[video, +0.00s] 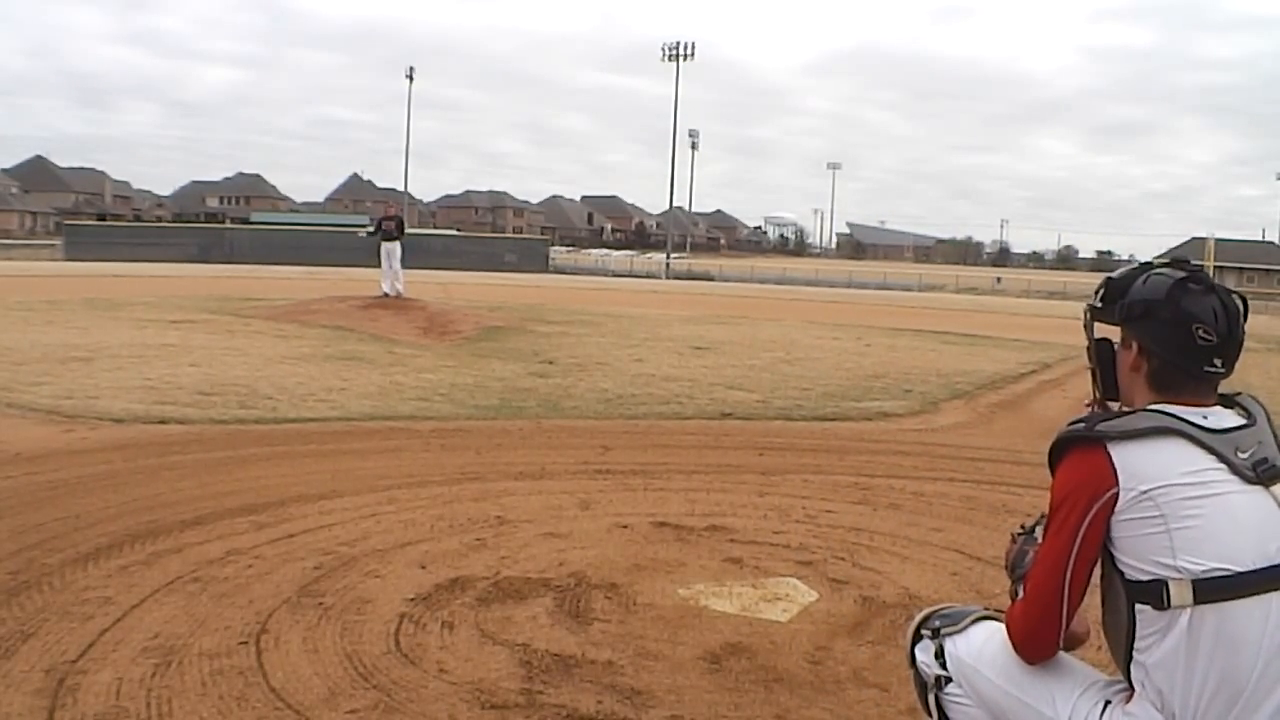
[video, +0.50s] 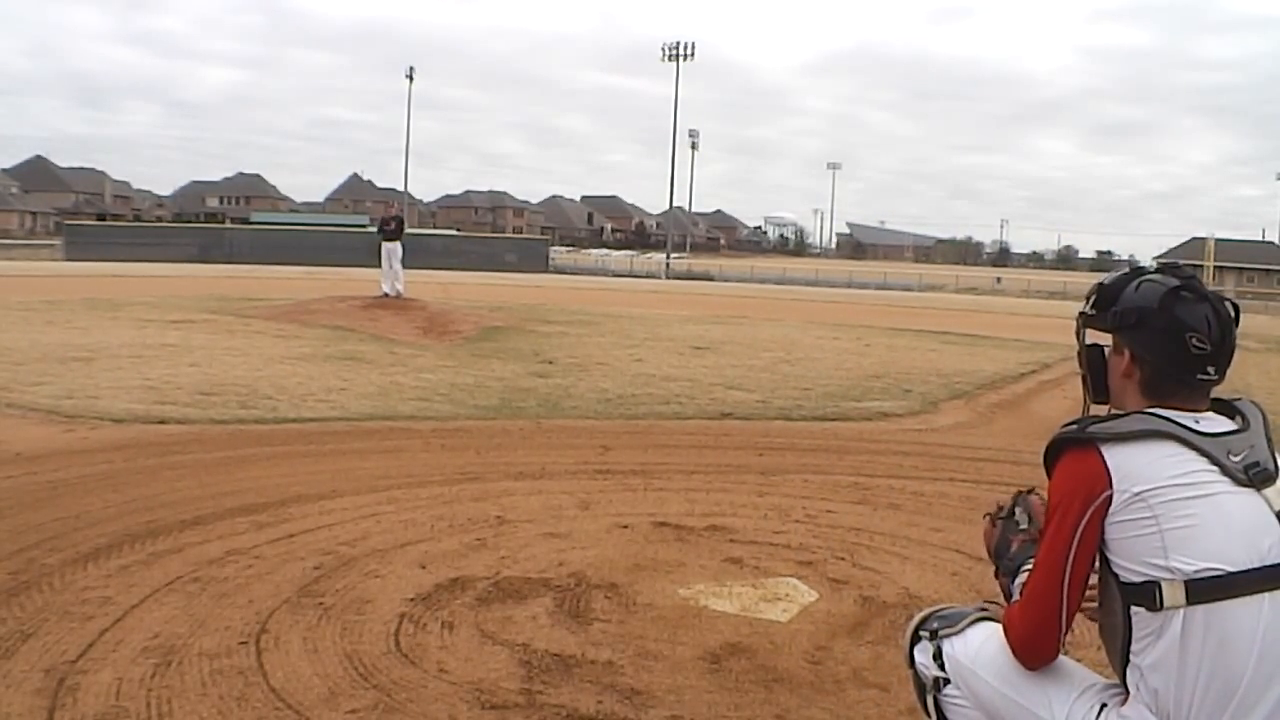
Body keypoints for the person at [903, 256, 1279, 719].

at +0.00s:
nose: (1112, 352)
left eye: (1117, 340)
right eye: (1115, 339)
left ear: (1134, 356)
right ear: (1215, 362)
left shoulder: (1104, 452)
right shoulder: (1255, 430)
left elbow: (1033, 643)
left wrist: (1033, 571)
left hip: (1164, 714)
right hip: (1263, 706)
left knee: (943, 641)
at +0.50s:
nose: (1103, 360)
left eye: (1108, 348)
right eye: (1106, 346)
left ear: (1126, 362)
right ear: (1208, 366)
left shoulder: (1099, 456)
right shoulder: (1252, 433)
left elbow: (1033, 648)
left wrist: (1021, 561)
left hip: (1163, 717)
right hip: (1262, 708)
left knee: (942, 641)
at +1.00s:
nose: (1118, 362)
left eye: (1123, 350)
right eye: (1120, 348)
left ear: (1142, 365)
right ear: (1221, 368)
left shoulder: (1115, 457)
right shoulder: (1263, 438)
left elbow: (1041, 650)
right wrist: (1118, 593)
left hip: (1171, 715)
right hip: (1264, 708)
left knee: (946, 640)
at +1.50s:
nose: (1147, 351)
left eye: (1154, 339)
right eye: (1151, 338)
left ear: (1171, 352)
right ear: (1246, 360)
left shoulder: (1149, 437)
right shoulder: (1272, 429)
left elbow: (977, 529)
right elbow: (1123, 527)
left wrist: (1047, 480)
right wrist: (1059, 485)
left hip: (1180, 708)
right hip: (1268, 703)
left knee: (974, 590)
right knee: (1133, 640)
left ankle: (1018, 709)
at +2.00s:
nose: (1028, 314)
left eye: (1033, 304)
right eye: (1030, 301)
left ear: (1048, 320)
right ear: (1123, 331)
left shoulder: (1019, 404)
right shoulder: (1172, 396)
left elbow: (846, 464)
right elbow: (1013, 481)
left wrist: (948, 426)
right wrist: (951, 441)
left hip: (1108, 702)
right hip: (1224, 700)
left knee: (889, 577)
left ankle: (868, 707)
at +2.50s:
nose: (1008, 375)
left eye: (1011, 363)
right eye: (1010, 362)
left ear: (1026, 378)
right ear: (1100, 380)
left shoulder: (1003, 457)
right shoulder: (1153, 451)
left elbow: (832, 504)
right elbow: (1232, 535)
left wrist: (929, 486)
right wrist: (1131, 501)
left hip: (1081, 710)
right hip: (1202, 709)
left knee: (893, 583)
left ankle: (868, 707)